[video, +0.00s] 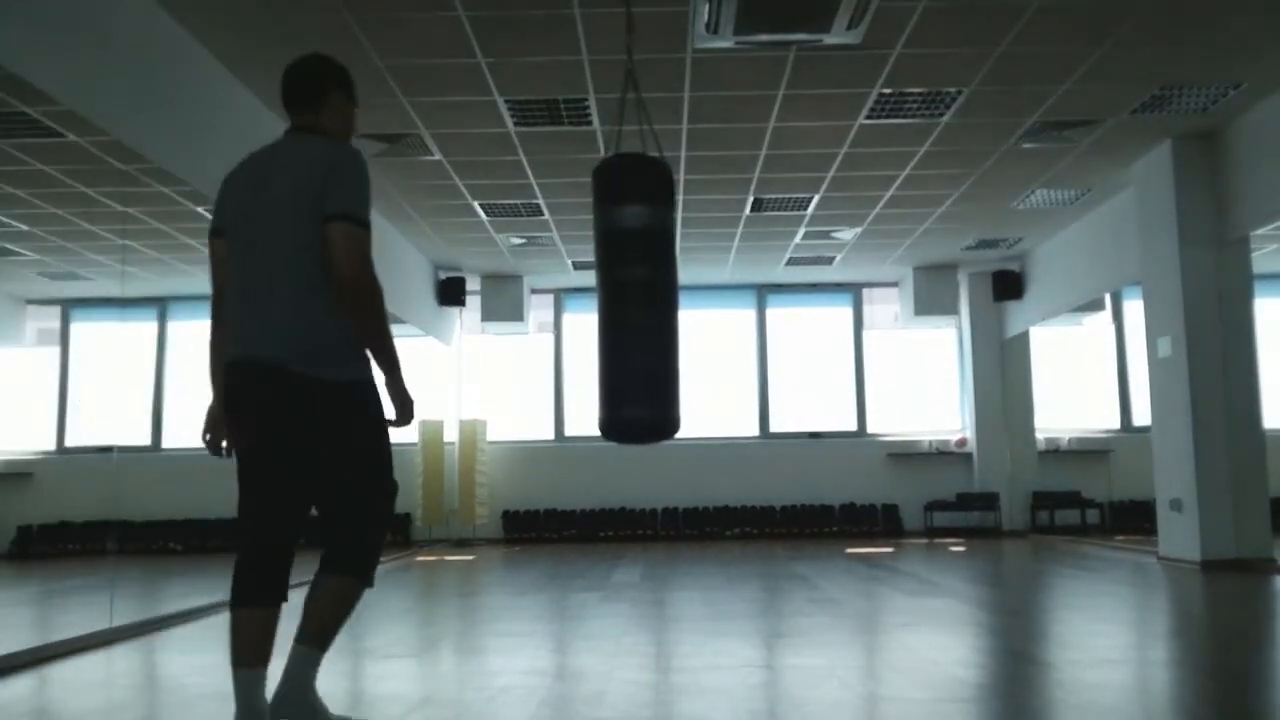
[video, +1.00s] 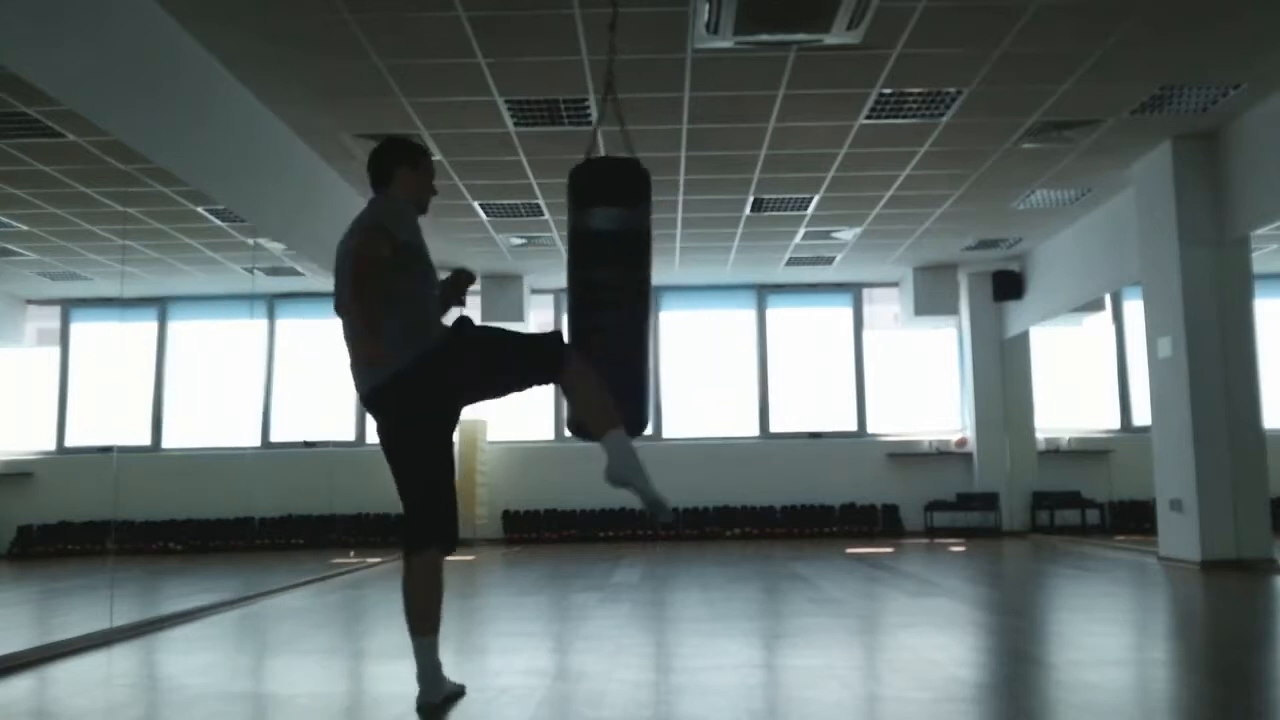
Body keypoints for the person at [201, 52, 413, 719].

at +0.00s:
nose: (354, 118)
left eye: (352, 106)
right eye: (350, 106)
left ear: (289, 106)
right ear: (334, 104)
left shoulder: (239, 177)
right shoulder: (341, 163)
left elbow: (223, 300)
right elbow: (354, 275)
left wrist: (222, 395)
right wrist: (393, 375)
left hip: (253, 386)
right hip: (330, 384)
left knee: (264, 537)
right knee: (363, 522)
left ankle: (248, 706)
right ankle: (296, 685)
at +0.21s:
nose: (374, 139)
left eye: (373, 127)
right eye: (372, 126)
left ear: (314, 125)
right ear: (356, 122)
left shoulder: (273, 189)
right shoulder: (353, 178)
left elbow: (267, 296)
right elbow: (352, 277)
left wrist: (273, 374)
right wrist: (381, 386)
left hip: (274, 388)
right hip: (342, 386)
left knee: (271, 542)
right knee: (381, 522)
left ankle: (251, 705)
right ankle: (375, 675)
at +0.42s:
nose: (404, 149)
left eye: (402, 137)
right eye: (399, 137)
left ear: (346, 141)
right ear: (380, 138)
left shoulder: (317, 201)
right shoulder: (377, 191)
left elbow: (311, 302)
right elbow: (364, 285)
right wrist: (390, 387)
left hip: (324, 397)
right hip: (377, 399)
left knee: (348, 521)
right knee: (401, 535)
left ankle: (283, 608)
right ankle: (385, 679)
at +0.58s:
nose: (409, 152)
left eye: (407, 141)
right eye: (404, 141)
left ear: (352, 145)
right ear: (385, 141)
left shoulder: (318, 206)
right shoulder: (397, 193)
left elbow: (265, 288)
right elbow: (420, 284)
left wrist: (231, 361)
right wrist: (448, 378)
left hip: (345, 389)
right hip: (396, 384)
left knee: (493, 368)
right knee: (410, 519)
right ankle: (388, 667)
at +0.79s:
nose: (411, 160)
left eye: (410, 149)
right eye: (407, 149)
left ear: (353, 151)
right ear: (389, 147)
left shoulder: (309, 210)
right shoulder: (402, 202)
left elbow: (231, 268)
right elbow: (448, 297)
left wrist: (153, 320)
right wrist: (489, 363)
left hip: (359, 382)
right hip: (394, 380)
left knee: (502, 328)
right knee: (395, 536)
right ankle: (385, 683)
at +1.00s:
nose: (434, 185)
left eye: (432, 176)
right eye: (427, 174)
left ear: (388, 176)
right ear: (403, 175)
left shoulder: (383, 236)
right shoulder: (383, 225)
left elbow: (402, 328)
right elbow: (362, 307)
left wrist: (445, 295)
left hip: (399, 397)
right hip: (434, 365)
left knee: (425, 535)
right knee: (562, 356)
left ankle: (430, 678)